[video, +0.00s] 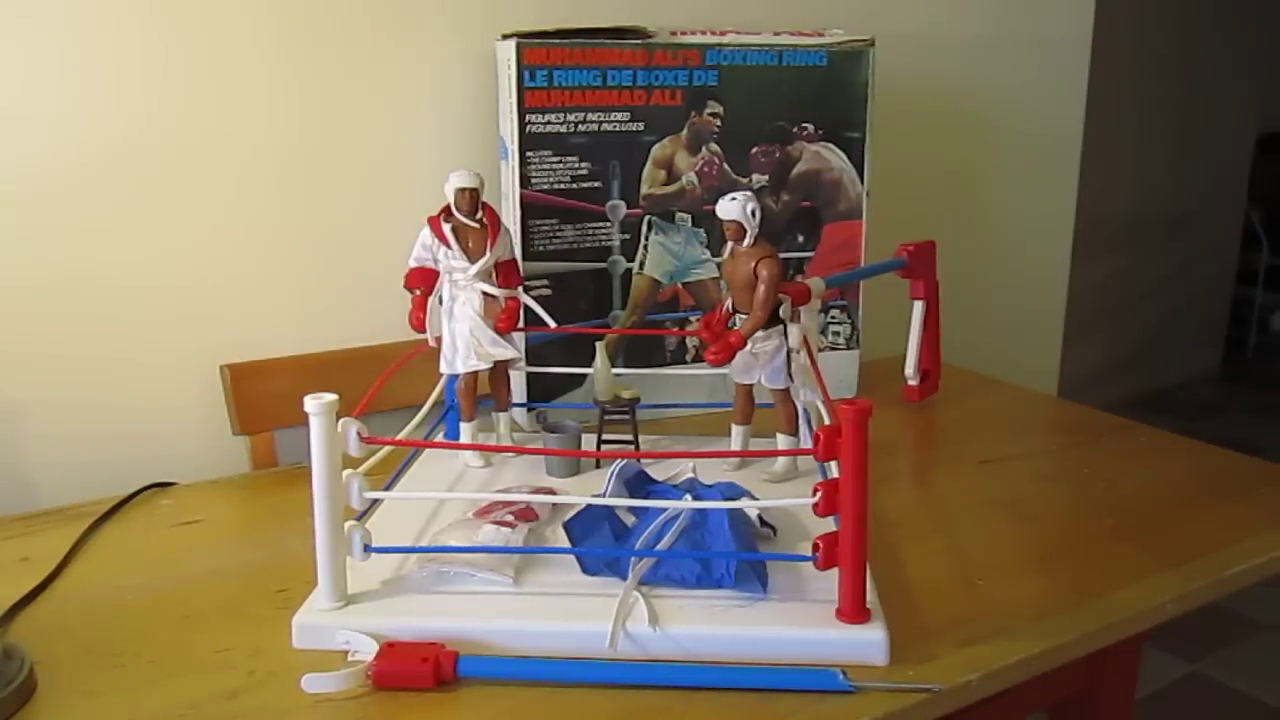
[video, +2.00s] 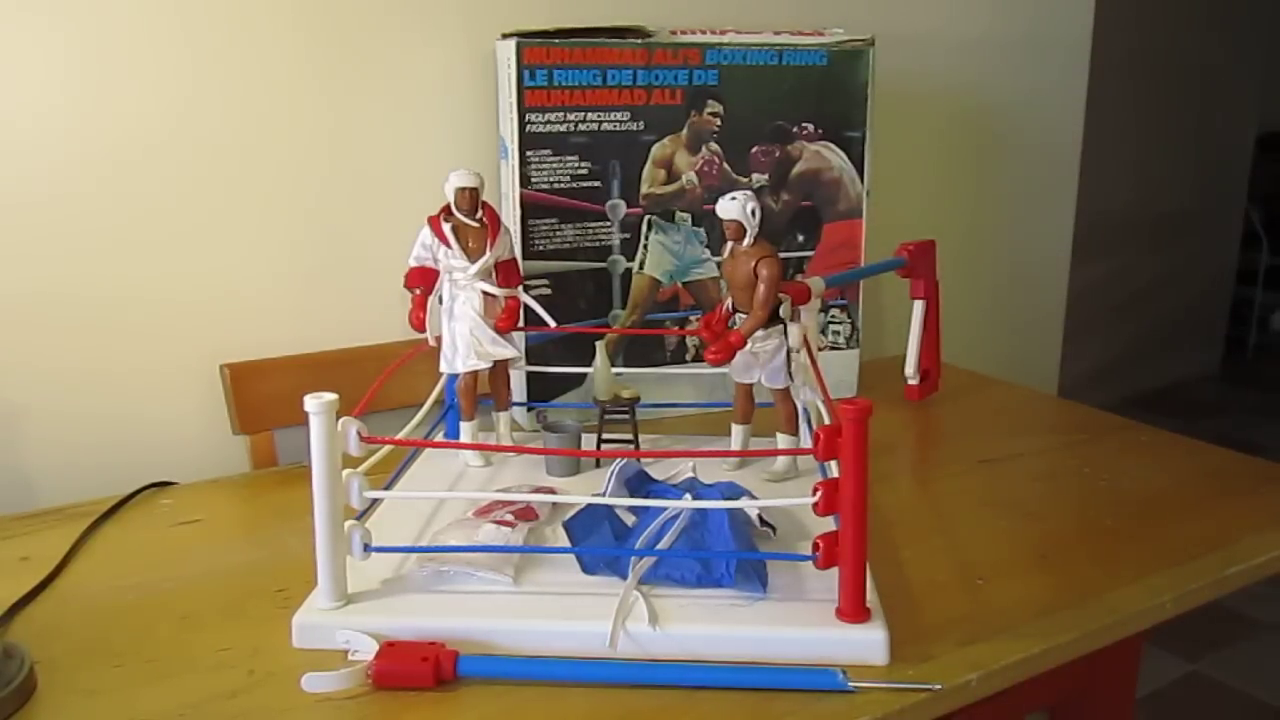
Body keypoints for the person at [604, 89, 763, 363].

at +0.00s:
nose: (719, 123)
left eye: (720, 117)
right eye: (713, 116)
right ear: (693, 117)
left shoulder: (712, 151)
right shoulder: (665, 150)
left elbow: (730, 181)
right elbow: (646, 198)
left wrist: (753, 181)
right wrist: (683, 184)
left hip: (692, 238)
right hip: (659, 235)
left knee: (718, 310)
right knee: (634, 316)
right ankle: (597, 373)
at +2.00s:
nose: (718, 122)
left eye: (720, 117)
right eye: (713, 115)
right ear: (693, 115)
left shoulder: (712, 151)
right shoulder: (664, 149)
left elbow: (730, 181)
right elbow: (647, 198)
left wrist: (751, 182)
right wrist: (682, 184)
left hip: (693, 238)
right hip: (660, 236)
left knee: (719, 310)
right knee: (634, 316)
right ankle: (597, 372)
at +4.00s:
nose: (719, 122)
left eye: (721, 116)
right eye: (714, 115)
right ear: (693, 115)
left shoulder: (712, 151)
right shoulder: (664, 149)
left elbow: (731, 182)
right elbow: (647, 195)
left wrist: (754, 181)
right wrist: (682, 183)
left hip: (694, 237)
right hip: (660, 235)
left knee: (718, 309)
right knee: (635, 313)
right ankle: (597, 371)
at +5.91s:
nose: (719, 122)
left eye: (720, 116)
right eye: (714, 115)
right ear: (693, 114)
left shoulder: (712, 150)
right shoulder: (665, 148)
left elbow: (732, 182)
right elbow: (647, 197)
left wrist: (754, 181)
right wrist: (683, 182)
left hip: (694, 237)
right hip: (660, 235)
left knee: (719, 309)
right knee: (635, 314)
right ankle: (596, 372)